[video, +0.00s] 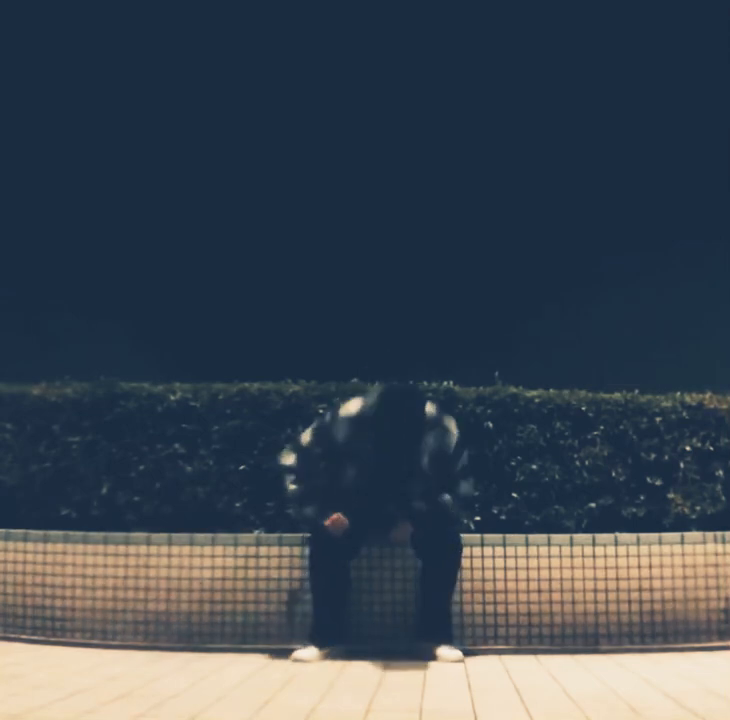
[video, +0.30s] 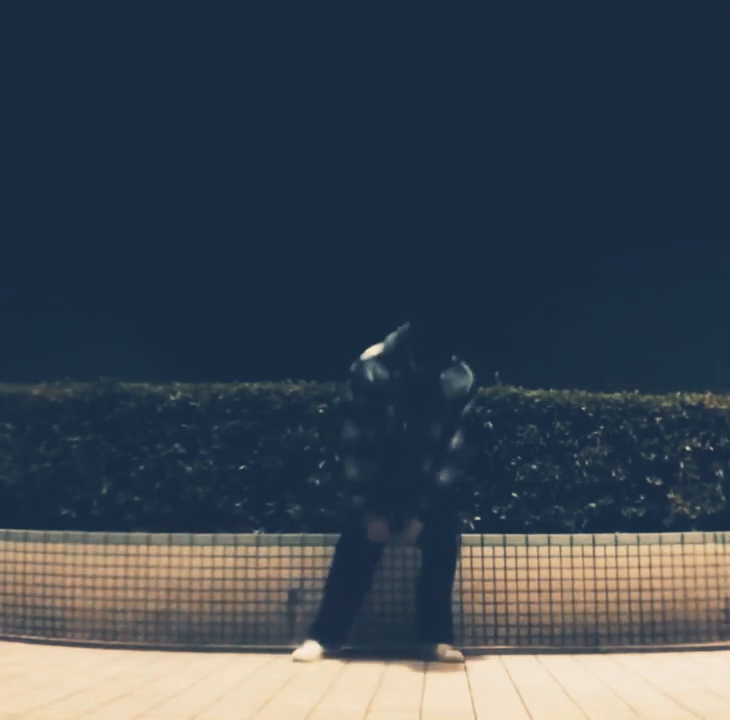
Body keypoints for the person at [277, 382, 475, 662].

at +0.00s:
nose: (397, 438)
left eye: (406, 430)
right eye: (390, 429)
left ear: (418, 419)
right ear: (377, 417)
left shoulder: (439, 428)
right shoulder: (345, 419)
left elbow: (458, 490)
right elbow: (293, 462)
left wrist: (413, 519)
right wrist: (322, 512)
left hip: (410, 508)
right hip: (356, 508)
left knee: (445, 538)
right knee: (326, 541)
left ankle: (438, 640)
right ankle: (324, 640)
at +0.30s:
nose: (427, 364)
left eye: (437, 357)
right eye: (422, 355)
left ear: (448, 352)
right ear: (411, 343)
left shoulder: (459, 379)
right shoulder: (371, 368)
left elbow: (454, 455)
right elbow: (354, 444)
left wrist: (423, 511)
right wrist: (368, 508)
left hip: (428, 484)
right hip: (377, 480)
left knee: (444, 540)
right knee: (356, 540)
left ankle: (436, 639)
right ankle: (322, 638)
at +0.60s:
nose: (416, 298)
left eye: (423, 289)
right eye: (407, 289)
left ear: (433, 283)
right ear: (393, 284)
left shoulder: (458, 325)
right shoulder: (366, 324)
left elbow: (472, 389)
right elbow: (350, 389)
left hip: (437, 454)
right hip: (377, 453)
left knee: (445, 545)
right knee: (359, 540)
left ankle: (438, 637)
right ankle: (341, 633)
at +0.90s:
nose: (383, 293)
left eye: (392, 285)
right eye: (375, 285)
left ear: (403, 278)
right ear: (361, 278)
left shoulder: (434, 318)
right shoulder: (337, 320)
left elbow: (451, 385)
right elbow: (314, 387)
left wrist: (415, 342)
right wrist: (356, 341)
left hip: (423, 451)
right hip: (360, 453)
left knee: (459, 527)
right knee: (352, 545)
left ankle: (441, 621)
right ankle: (352, 652)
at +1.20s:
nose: (389, 255)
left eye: (398, 245)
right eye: (380, 246)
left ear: (410, 246)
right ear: (363, 246)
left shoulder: (437, 298)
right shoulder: (333, 302)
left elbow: (474, 358)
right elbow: (300, 364)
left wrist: (440, 354)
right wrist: (345, 369)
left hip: (431, 442)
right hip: (363, 445)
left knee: (466, 535)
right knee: (361, 545)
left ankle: (507, 637)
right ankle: (349, 653)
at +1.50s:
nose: (414, 257)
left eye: (421, 247)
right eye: (405, 248)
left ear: (436, 246)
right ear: (389, 249)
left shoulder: (469, 302)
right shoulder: (364, 307)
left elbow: (495, 366)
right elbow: (344, 377)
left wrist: (455, 367)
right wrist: (374, 408)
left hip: (458, 448)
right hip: (390, 449)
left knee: (482, 548)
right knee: (374, 550)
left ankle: (507, 650)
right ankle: (351, 653)